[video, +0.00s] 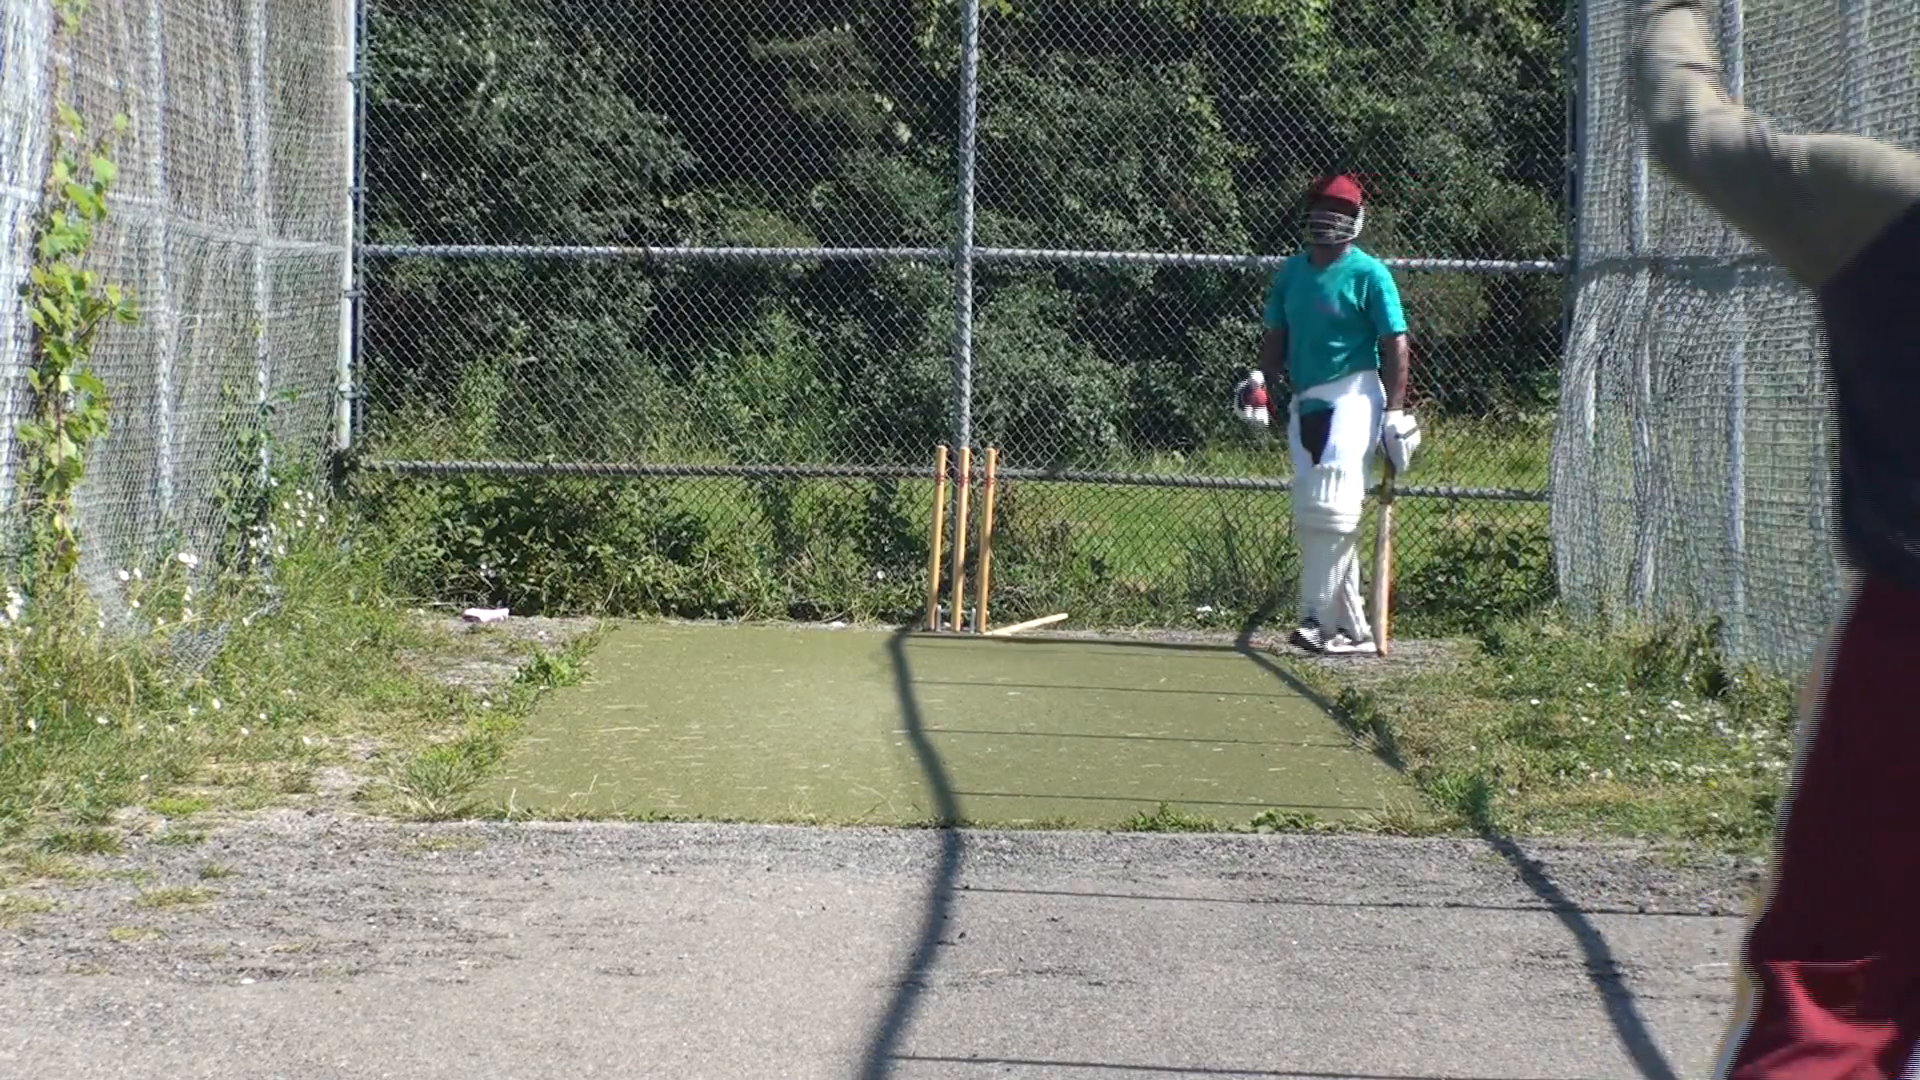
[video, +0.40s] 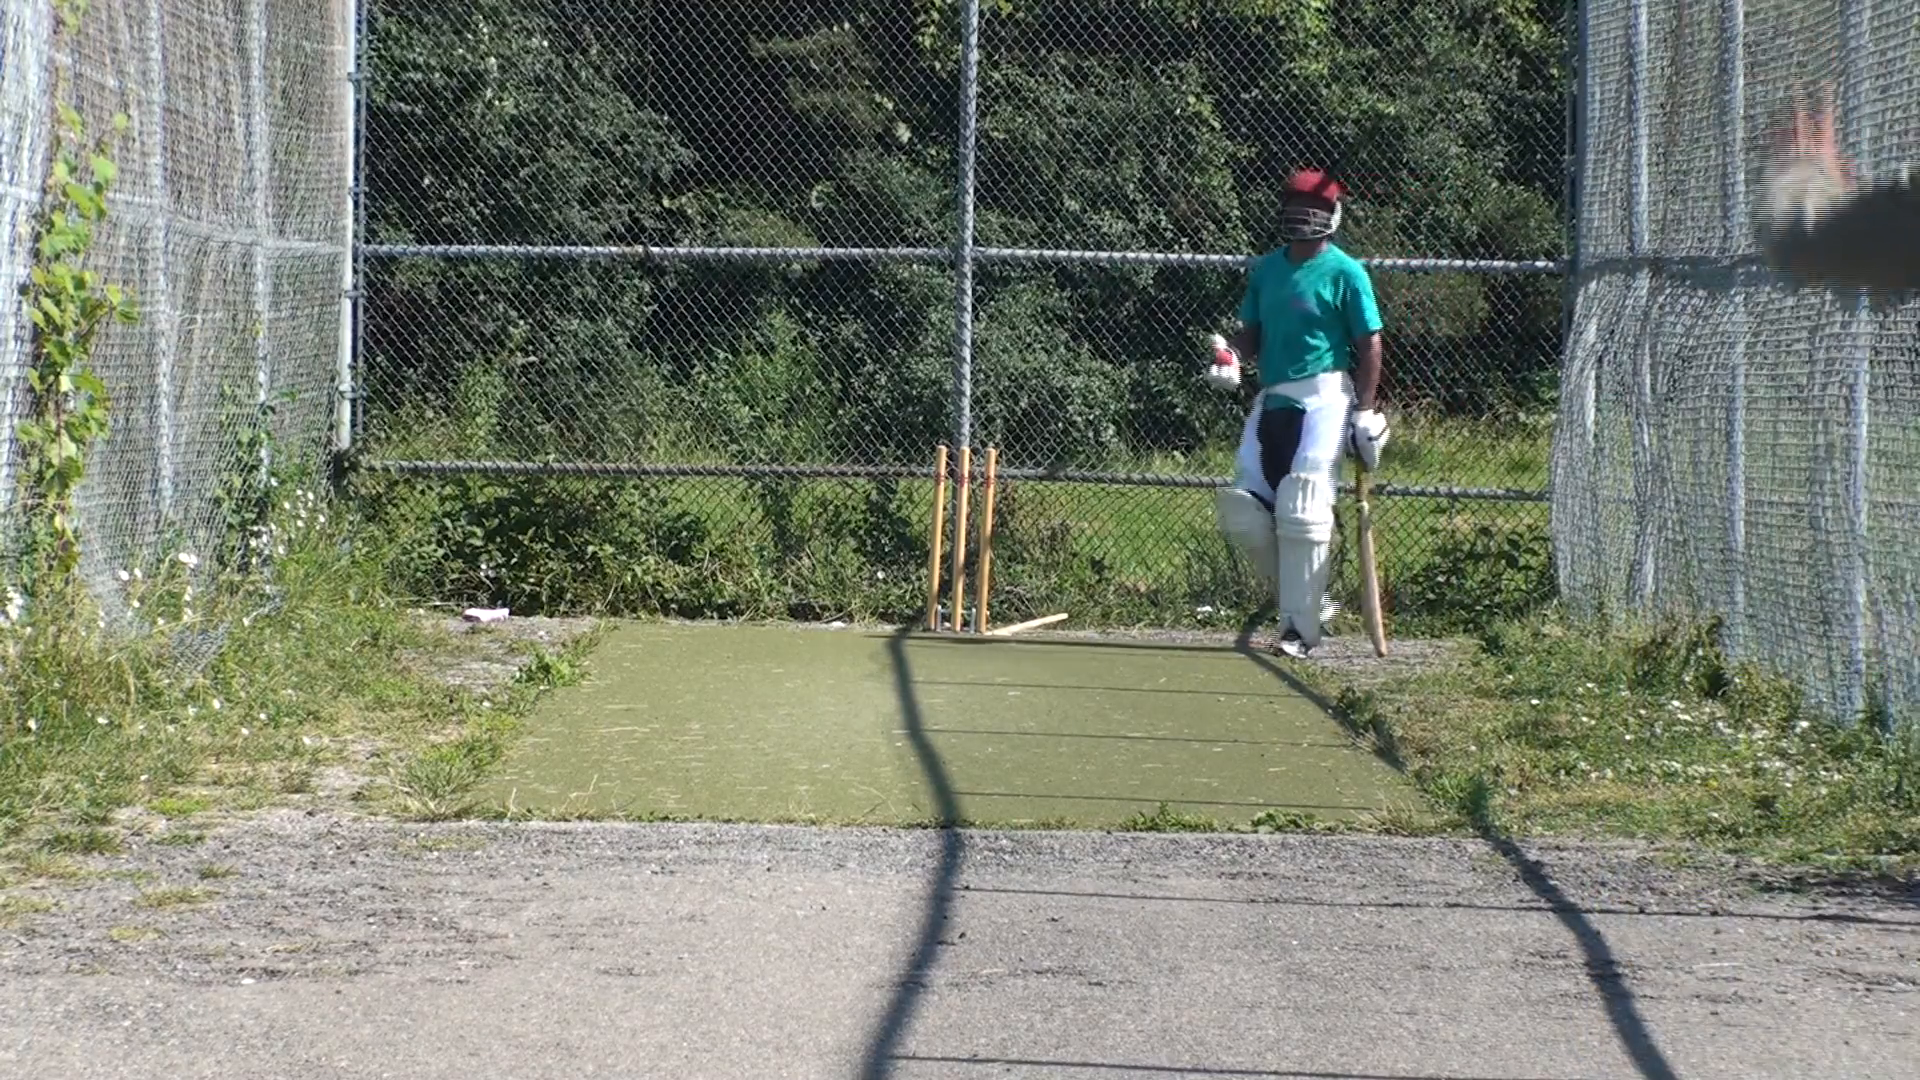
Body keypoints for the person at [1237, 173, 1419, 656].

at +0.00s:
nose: (1326, 228)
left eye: (1338, 221)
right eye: (1319, 219)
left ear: (1355, 226)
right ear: (1308, 221)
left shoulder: (1370, 273)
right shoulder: (1291, 271)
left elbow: (1396, 346)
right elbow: (1274, 335)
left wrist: (1394, 412)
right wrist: (1266, 382)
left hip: (1353, 393)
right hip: (1305, 396)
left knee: (1330, 502)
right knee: (1317, 507)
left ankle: (1316, 619)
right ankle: (1351, 625)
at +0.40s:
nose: (1300, 221)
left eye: (1312, 213)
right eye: (1293, 212)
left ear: (1331, 217)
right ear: (1283, 214)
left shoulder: (1347, 272)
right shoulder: (1264, 268)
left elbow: (1369, 345)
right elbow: (1250, 334)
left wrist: (1365, 412)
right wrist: (1231, 356)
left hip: (1324, 396)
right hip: (1272, 396)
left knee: (1303, 508)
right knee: (1244, 508)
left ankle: (1301, 632)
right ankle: (1299, 600)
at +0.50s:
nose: (1296, 214)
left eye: (1307, 207)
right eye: (1288, 205)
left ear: (1325, 213)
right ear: (1277, 210)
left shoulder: (1341, 271)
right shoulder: (1257, 267)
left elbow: (1361, 346)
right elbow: (1245, 333)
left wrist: (1360, 412)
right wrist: (1223, 354)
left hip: (1318, 397)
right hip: (1263, 396)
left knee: (1302, 510)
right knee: (1229, 498)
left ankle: (1298, 632)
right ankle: (1257, 617)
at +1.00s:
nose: (1231, 209)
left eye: (1242, 201)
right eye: (1222, 201)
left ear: (1260, 209)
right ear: (1209, 210)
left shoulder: (1282, 264)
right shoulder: (1188, 265)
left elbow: (1309, 337)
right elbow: (1176, 336)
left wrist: (1317, 399)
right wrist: (1161, 356)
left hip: (1258, 394)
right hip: (1196, 395)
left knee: (1258, 506)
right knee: (1181, 510)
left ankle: (1290, 615)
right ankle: (1188, 624)